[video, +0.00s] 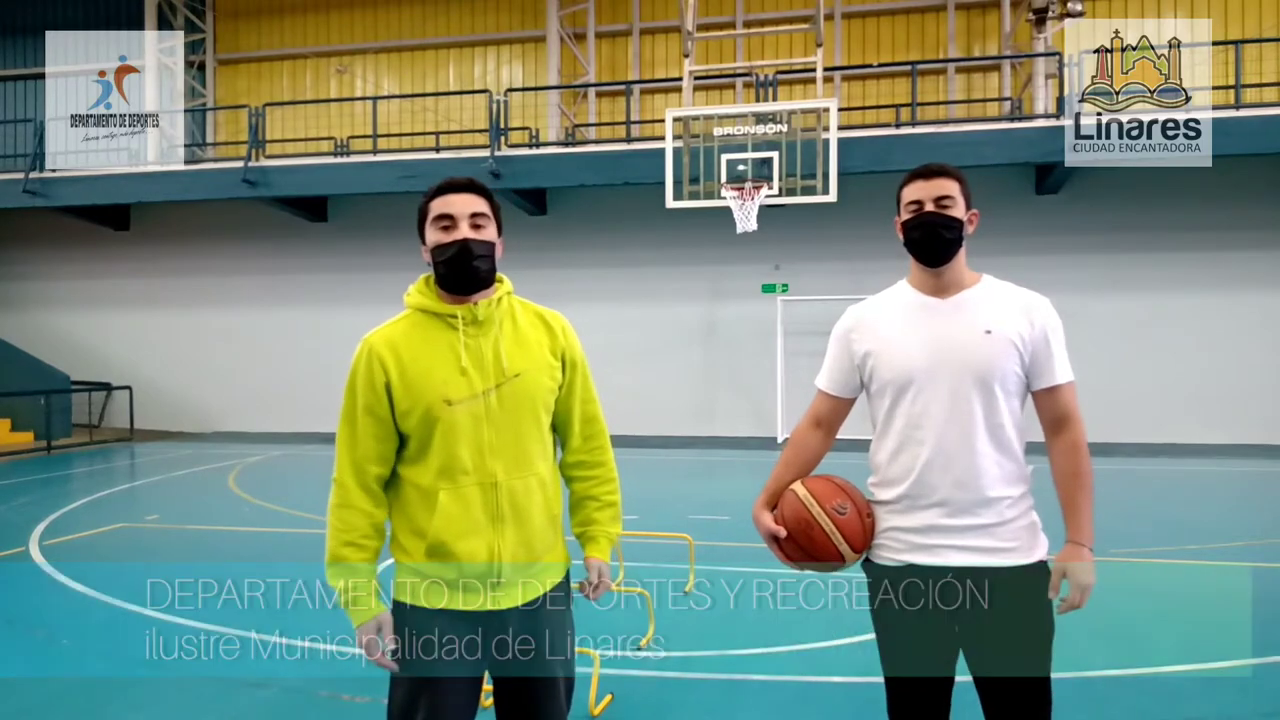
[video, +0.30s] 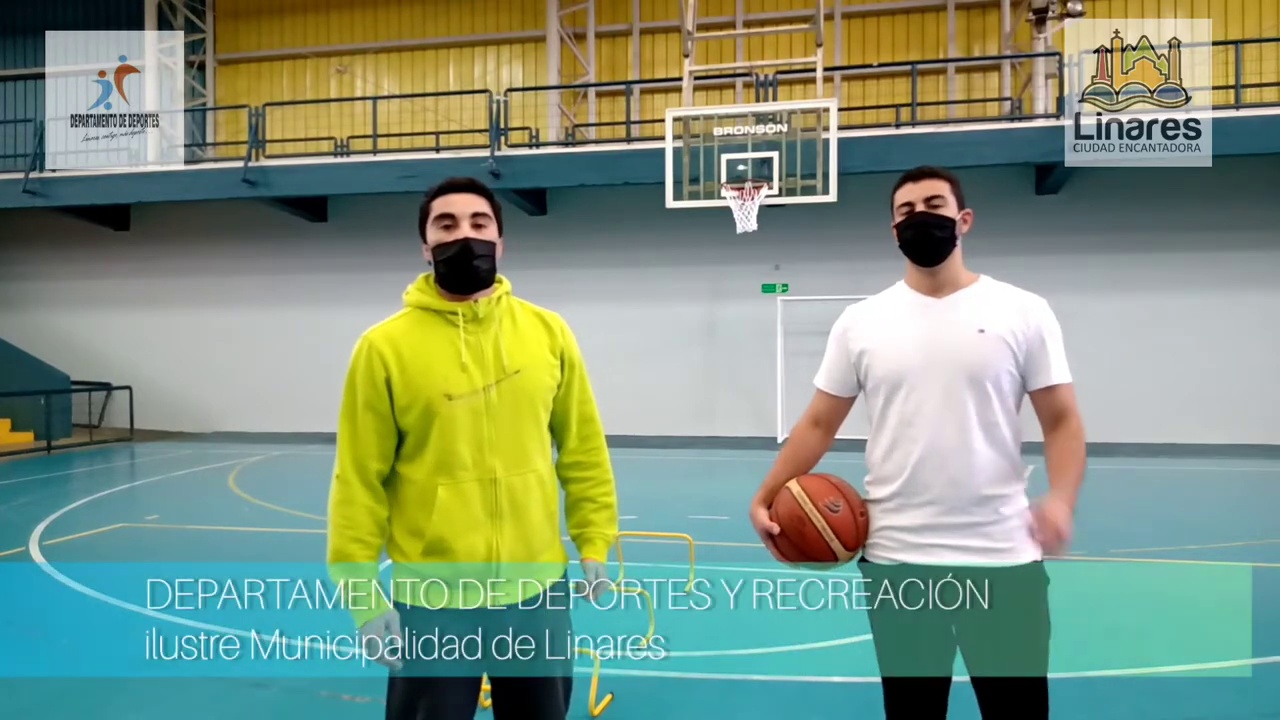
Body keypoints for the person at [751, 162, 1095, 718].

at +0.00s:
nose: (929, 215)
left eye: (944, 204)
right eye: (914, 208)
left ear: (971, 220)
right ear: (898, 229)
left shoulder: (1027, 314)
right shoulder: (863, 324)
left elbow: (1064, 429)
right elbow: (818, 425)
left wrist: (1078, 542)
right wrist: (764, 502)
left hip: (1008, 563)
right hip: (904, 564)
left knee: (1021, 711)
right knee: (914, 712)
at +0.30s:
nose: (920, 215)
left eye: (935, 204)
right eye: (905, 210)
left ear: (964, 220)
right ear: (894, 232)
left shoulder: (1023, 313)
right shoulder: (860, 324)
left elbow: (1063, 423)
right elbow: (816, 425)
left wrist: (1060, 500)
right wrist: (763, 496)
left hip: (1001, 556)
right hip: (899, 557)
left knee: (1017, 709)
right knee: (911, 713)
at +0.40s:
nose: (915, 215)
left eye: (930, 204)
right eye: (901, 212)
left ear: (961, 219)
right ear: (891, 234)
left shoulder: (1021, 313)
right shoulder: (859, 324)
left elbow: (1066, 422)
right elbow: (815, 424)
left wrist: (1037, 435)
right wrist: (762, 494)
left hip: (998, 557)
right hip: (896, 557)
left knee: (1017, 710)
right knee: (909, 714)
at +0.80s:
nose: (900, 221)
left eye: (915, 209)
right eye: (887, 218)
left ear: (949, 222)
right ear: (880, 238)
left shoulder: (1003, 310)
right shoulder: (853, 324)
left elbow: (1053, 421)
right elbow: (812, 425)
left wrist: (1016, 348)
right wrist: (761, 489)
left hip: (983, 553)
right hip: (885, 554)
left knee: (1005, 710)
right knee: (902, 711)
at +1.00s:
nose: (946, 239)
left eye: (958, 230)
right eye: (929, 232)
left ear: (976, 250)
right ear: (910, 253)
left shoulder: (1020, 323)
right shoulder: (875, 344)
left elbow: (1102, 397)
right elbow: (855, 455)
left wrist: (1042, 406)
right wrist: (853, 544)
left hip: (1010, 547)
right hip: (915, 550)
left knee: (1022, 691)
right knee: (915, 696)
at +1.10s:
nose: (931, 236)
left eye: (945, 229)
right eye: (916, 230)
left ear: (965, 250)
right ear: (900, 257)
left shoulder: (1017, 327)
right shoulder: (870, 347)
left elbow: (1081, 419)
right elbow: (854, 453)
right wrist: (853, 535)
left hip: (1009, 553)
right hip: (912, 556)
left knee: (1029, 701)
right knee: (916, 702)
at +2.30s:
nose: (1008, 235)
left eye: (1025, 227)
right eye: (991, 225)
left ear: (1044, 250)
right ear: (970, 246)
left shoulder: (1089, 343)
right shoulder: (919, 340)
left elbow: (1119, 469)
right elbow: (893, 460)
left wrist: (1118, 576)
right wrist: (894, 559)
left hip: (1050, 583)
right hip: (943, 580)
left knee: (1054, 713)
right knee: (936, 710)